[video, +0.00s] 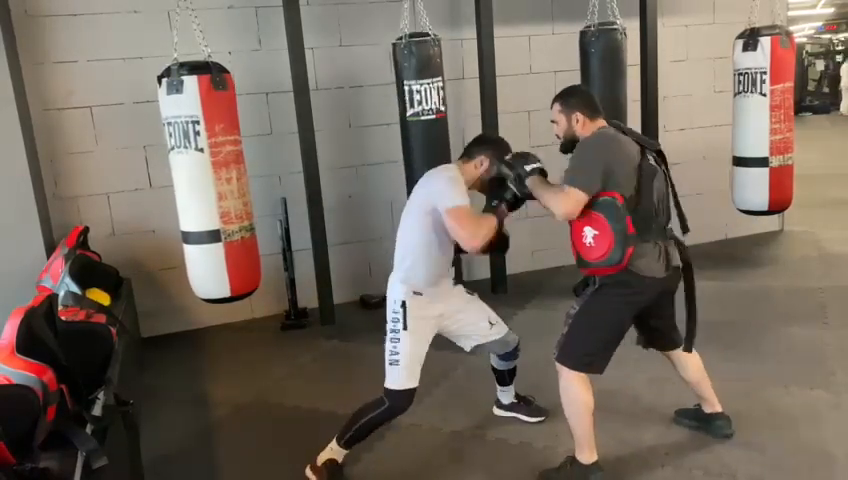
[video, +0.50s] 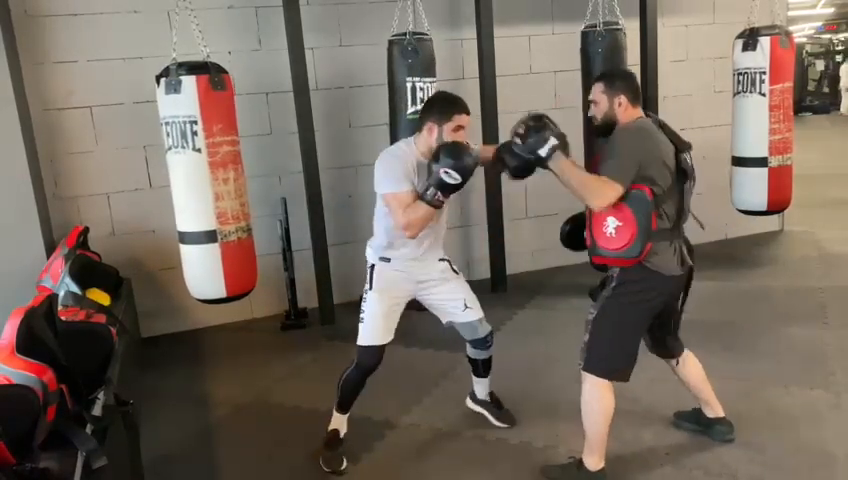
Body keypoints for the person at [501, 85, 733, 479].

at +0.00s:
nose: (555, 131)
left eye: (557, 122)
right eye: (554, 123)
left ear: (579, 118)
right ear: (592, 116)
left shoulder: (593, 147)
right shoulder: (626, 139)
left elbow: (567, 207)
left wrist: (532, 178)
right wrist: (543, 189)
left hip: (628, 274)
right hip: (662, 265)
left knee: (570, 362)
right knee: (671, 341)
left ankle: (585, 461)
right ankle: (715, 413)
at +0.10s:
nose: (559, 122)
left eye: (560, 114)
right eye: (557, 115)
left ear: (582, 111)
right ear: (594, 109)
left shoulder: (606, 138)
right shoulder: (624, 135)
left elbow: (599, 192)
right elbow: (607, 207)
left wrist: (547, 160)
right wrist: (566, 216)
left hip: (627, 272)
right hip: (651, 263)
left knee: (572, 363)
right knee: (665, 344)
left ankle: (586, 461)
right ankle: (711, 413)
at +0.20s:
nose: (562, 122)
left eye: (563, 113)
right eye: (559, 115)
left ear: (586, 108)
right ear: (590, 109)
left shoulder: (621, 140)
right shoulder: (604, 144)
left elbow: (625, 194)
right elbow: (609, 205)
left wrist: (570, 162)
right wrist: (567, 214)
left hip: (626, 274)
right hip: (642, 267)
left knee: (577, 367)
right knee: (662, 344)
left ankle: (588, 462)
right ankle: (709, 412)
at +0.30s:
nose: (565, 118)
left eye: (568, 109)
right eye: (563, 110)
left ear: (593, 106)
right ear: (596, 107)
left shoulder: (623, 141)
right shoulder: (609, 142)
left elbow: (640, 197)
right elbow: (613, 205)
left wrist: (576, 179)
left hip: (627, 274)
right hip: (648, 268)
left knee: (585, 370)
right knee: (672, 344)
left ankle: (589, 463)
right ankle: (714, 413)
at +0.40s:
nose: (576, 110)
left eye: (580, 102)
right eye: (576, 103)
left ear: (604, 100)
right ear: (611, 100)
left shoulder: (621, 133)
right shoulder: (640, 127)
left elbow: (610, 191)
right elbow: (637, 205)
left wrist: (555, 159)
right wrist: (593, 245)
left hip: (634, 268)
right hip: (667, 259)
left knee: (595, 368)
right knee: (676, 343)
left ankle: (592, 464)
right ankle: (715, 413)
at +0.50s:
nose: (591, 110)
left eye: (596, 102)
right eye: (591, 102)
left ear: (620, 101)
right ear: (628, 103)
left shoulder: (630, 137)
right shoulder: (655, 132)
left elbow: (601, 197)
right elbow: (651, 201)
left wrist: (552, 155)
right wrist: (596, 222)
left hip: (642, 272)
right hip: (674, 265)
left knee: (596, 366)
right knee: (669, 344)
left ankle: (592, 464)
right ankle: (715, 415)